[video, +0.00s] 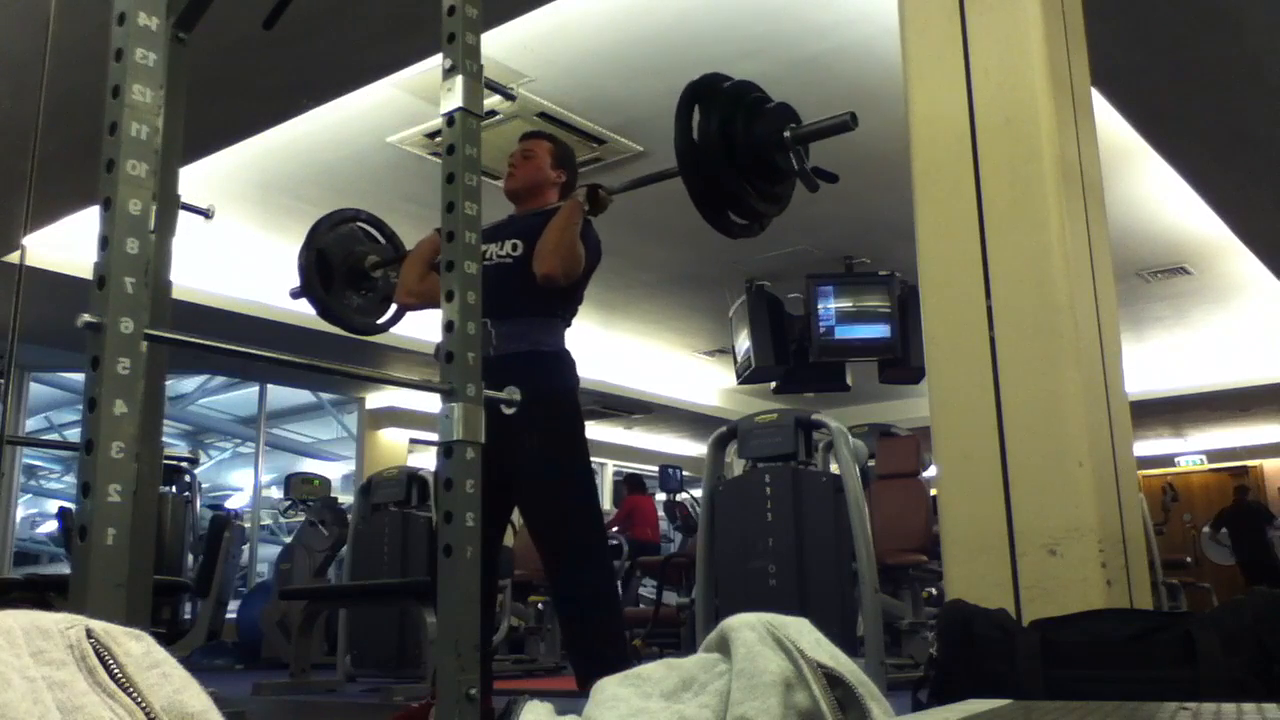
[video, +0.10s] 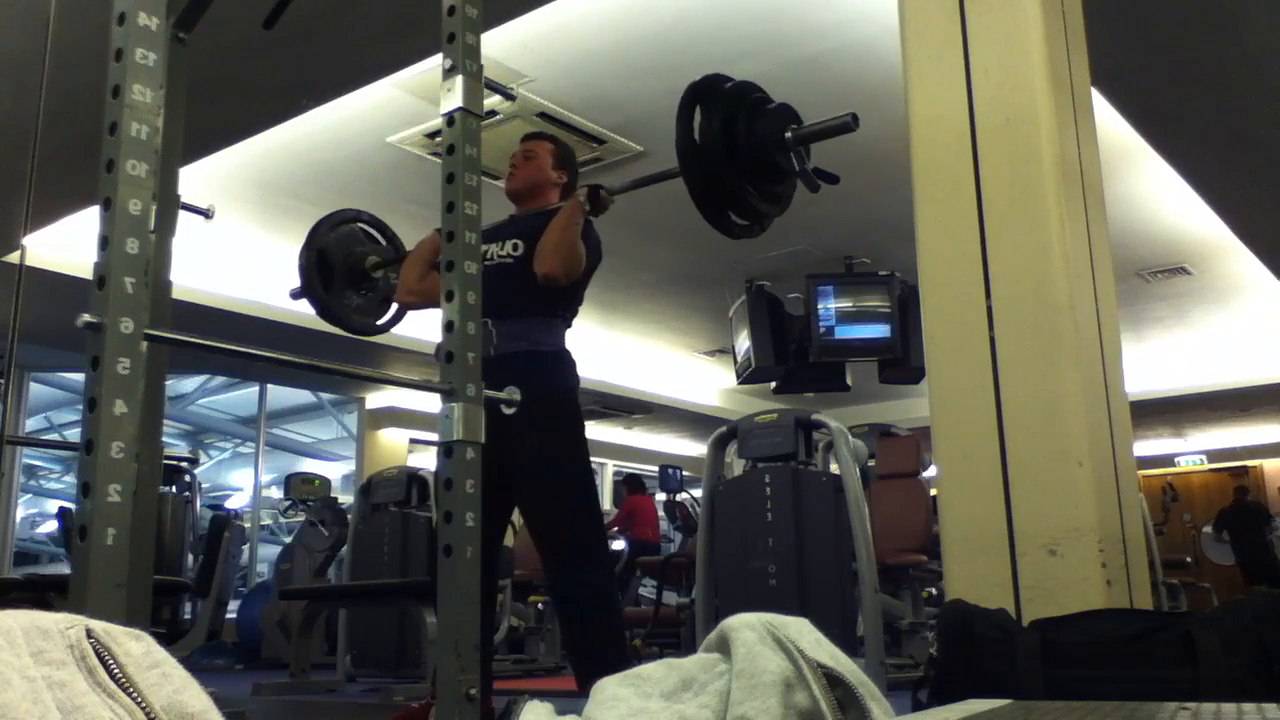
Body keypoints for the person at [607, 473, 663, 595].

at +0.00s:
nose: (624, 489)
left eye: (625, 486)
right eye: (624, 486)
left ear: (630, 487)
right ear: (642, 485)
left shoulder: (631, 500)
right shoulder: (649, 500)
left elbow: (617, 520)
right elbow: (634, 522)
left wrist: (604, 528)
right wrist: (617, 532)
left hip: (638, 544)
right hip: (654, 545)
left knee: (628, 578)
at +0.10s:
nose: (624, 491)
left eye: (625, 487)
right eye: (624, 487)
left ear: (630, 487)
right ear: (641, 486)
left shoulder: (631, 501)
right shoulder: (649, 500)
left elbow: (618, 520)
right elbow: (637, 521)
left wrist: (604, 528)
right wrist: (620, 531)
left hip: (638, 544)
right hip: (654, 544)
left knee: (625, 575)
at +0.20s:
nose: (624, 491)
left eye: (625, 488)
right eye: (624, 488)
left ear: (630, 487)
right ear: (642, 486)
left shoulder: (631, 501)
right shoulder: (649, 500)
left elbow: (617, 519)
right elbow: (636, 521)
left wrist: (605, 527)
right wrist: (620, 531)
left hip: (638, 545)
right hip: (654, 545)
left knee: (624, 573)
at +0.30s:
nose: (624, 491)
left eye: (625, 487)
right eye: (624, 487)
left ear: (630, 487)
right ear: (643, 486)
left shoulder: (631, 501)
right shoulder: (649, 500)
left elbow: (616, 519)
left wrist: (606, 527)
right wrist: (621, 529)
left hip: (638, 544)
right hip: (654, 545)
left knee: (624, 573)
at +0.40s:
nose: (624, 490)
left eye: (626, 487)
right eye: (625, 487)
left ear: (631, 487)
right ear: (644, 487)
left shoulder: (631, 500)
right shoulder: (650, 500)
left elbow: (618, 518)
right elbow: (637, 521)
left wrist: (607, 527)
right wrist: (620, 530)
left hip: (637, 544)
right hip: (653, 544)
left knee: (625, 573)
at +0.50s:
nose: (626, 490)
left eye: (627, 487)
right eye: (626, 487)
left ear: (631, 487)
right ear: (644, 487)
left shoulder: (631, 500)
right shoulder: (650, 500)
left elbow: (617, 519)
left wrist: (607, 527)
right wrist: (620, 531)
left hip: (637, 545)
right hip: (654, 545)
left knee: (619, 575)